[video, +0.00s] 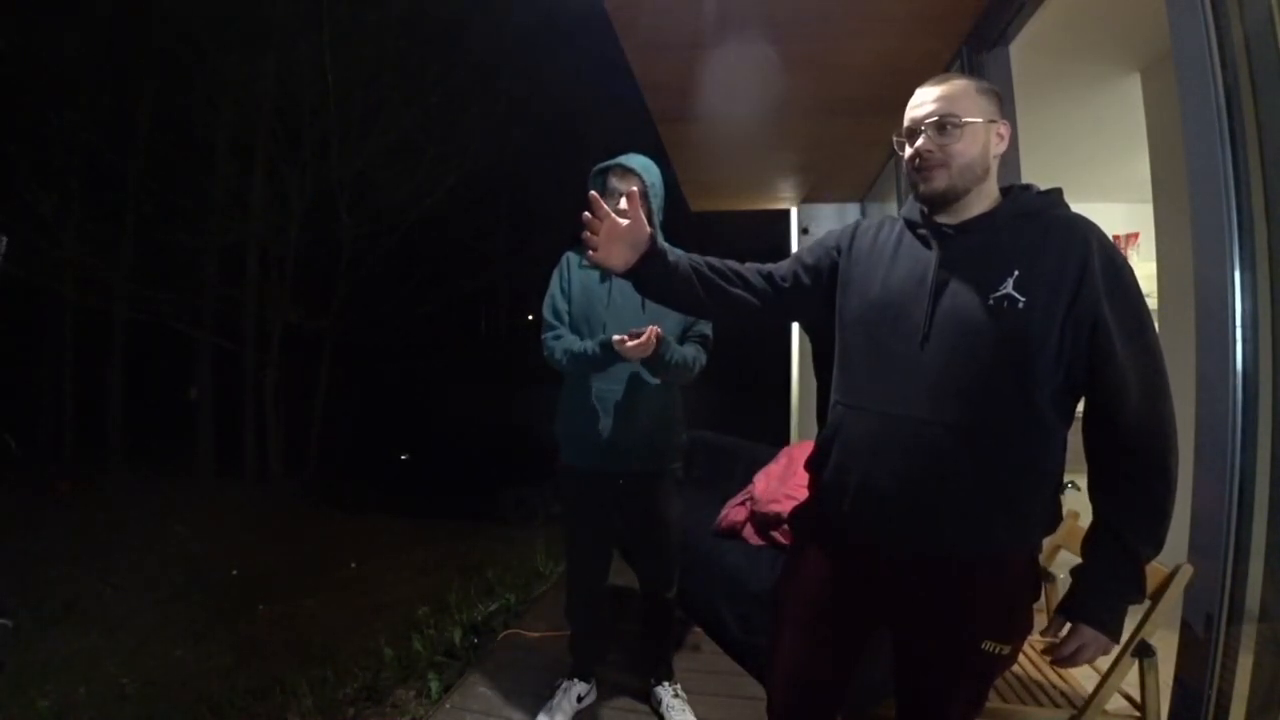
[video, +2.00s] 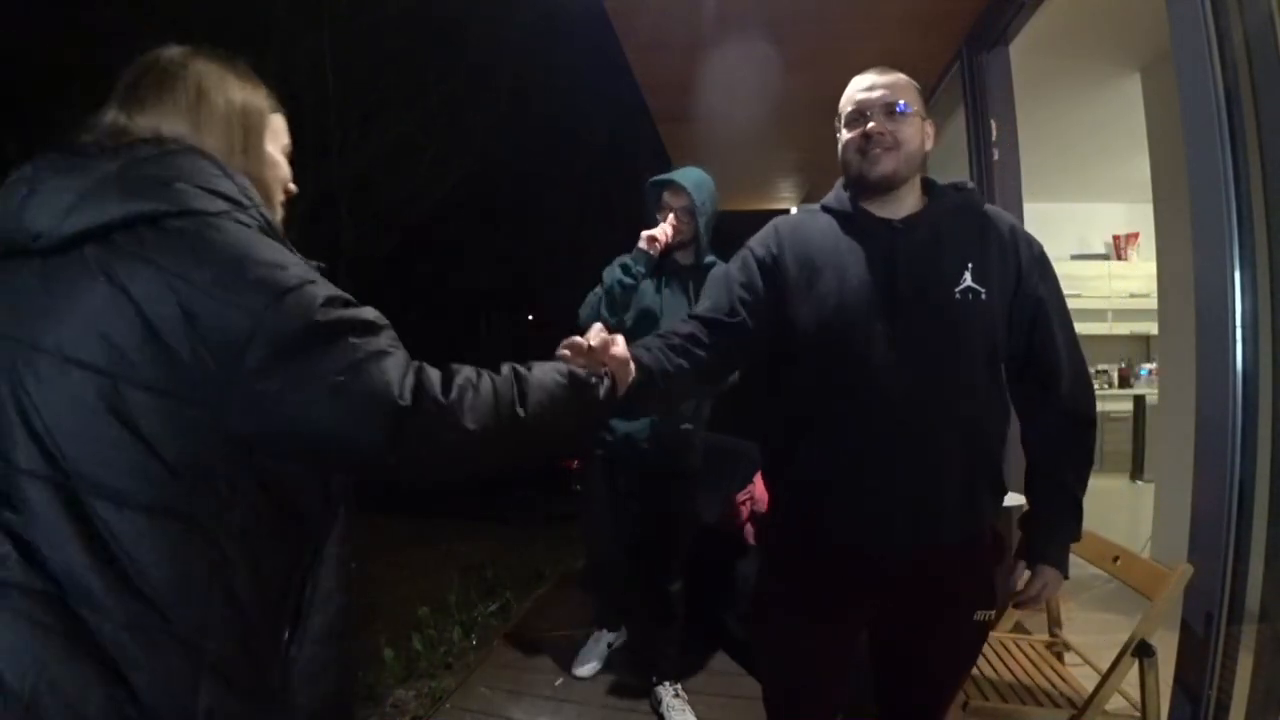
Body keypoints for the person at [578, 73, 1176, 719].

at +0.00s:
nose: (914, 145)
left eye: (939, 127)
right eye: (907, 135)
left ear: (999, 138)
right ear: (899, 153)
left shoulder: (1071, 250)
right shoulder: (859, 244)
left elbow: (1136, 431)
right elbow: (761, 288)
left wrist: (1104, 590)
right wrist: (649, 259)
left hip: (974, 561)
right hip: (840, 544)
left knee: (936, 711)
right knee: (799, 704)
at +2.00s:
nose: (872, 125)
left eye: (892, 110)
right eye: (855, 117)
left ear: (930, 134)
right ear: (837, 145)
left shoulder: (1001, 248)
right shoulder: (786, 244)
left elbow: (1060, 405)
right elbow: (702, 340)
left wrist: (1049, 545)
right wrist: (632, 367)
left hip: (951, 549)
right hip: (813, 546)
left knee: (916, 709)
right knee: (806, 708)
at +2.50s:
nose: (925, 125)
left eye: (947, 115)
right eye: (908, 119)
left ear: (982, 143)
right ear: (887, 149)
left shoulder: (1037, 255)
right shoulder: (828, 238)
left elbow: (1092, 415)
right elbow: (758, 329)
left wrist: (1083, 553)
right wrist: (716, 329)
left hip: (966, 551)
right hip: (829, 539)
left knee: (927, 705)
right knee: (816, 703)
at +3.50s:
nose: (912, 132)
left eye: (930, 122)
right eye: (894, 126)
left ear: (957, 153)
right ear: (869, 158)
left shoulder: (1018, 255)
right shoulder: (821, 249)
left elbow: (1081, 419)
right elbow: (740, 344)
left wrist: (1063, 569)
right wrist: (673, 419)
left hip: (951, 542)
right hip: (821, 532)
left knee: (916, 703)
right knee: (813, 699)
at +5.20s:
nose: (909, 76)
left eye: (941, 63)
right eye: (891, 64)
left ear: (979, 102)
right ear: (865, 99)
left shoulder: (1040, 209)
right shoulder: (796, 218)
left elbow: (1104, 440)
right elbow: (730, 376)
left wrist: (990, 638)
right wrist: (735, 511)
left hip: (944, 596)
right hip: (787, 582)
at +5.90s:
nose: (851, 105)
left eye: (877, 87)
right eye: (822, 96)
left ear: (920, 125)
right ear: (793, 147)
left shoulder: (1019, 259)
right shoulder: (735, 278)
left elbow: (1085, 469)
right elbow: (697, 462)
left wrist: (965, 643)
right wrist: (747, 606)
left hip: (945, 645)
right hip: (786, 639)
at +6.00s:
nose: (837, 136)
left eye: (870, 106)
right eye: (806, 118)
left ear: (924, 138)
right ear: (779, 159)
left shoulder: (1020, 283)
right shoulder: (721, 299)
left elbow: (1103, 501)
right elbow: (684, 482)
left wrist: (962, 669)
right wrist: (733, 621)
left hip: (941, 659)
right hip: (774, 656)